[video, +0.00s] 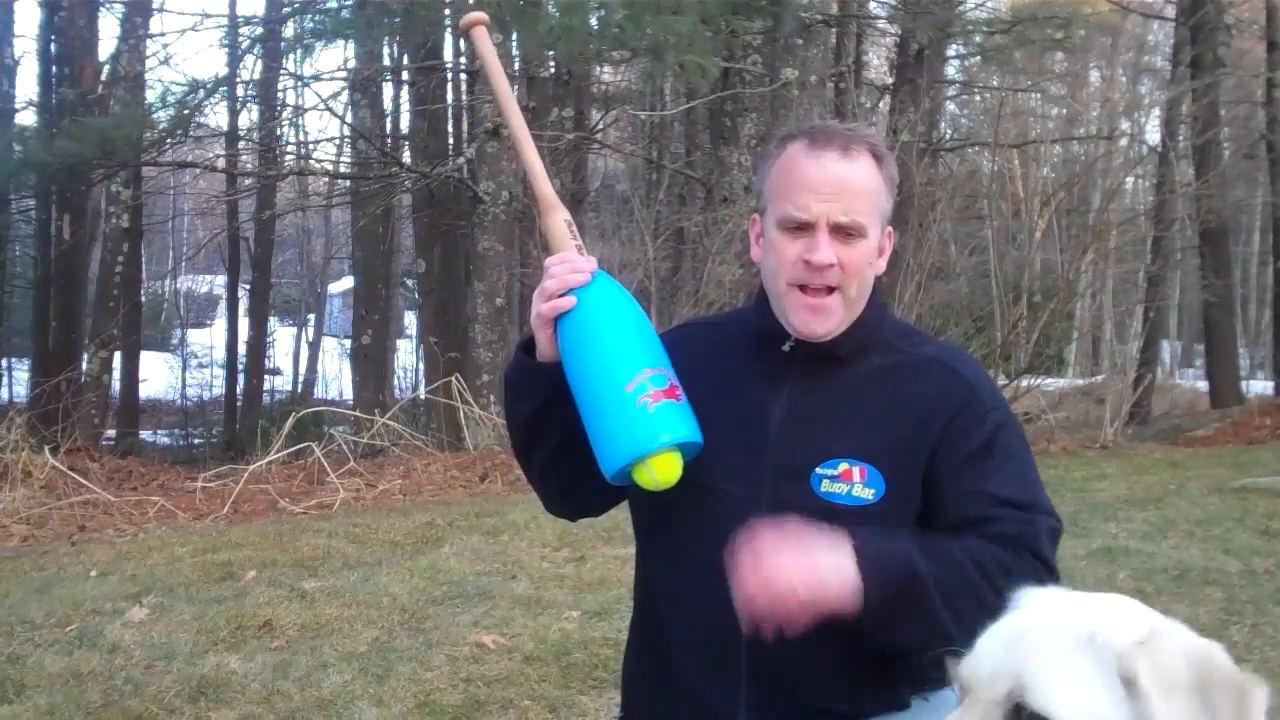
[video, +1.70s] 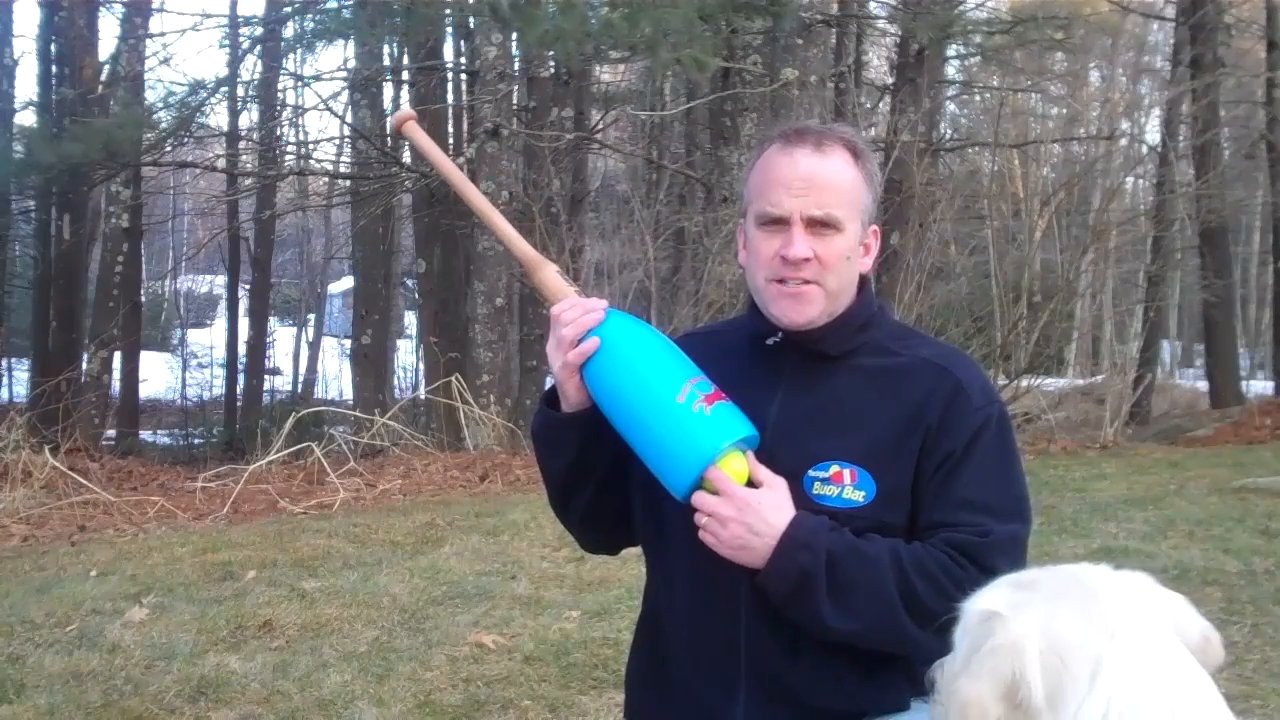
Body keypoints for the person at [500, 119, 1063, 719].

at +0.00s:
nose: (820, 255)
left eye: (846, 231)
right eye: (797, 228)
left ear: (883, 250)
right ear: (757, 239)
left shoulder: (944, 391)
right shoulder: (676, 363)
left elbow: (1018, 560)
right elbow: (575, 490)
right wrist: (546, 362)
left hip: (879, 706)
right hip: (684, 703)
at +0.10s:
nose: (814, 256)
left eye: (841, 232)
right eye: (792, 229)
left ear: (880, 251)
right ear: (753, 241)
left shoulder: (947, 397)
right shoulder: (675, 366)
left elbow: (1022, 580)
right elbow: (575, 489)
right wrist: (543, 360)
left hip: (851, 708)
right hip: (675, 704)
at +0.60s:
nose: (804, 255)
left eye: (830, 229)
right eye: (781, 228)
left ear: (873, 248)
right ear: (747, 243)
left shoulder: (951, 399)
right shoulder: (680, 369)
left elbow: (1027, 582)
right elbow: (585, 507)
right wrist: (550, 376)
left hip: (853, 716)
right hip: (677, 706)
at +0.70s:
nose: (806, 253)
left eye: (832, 229)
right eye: (784, 228)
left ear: (875, 248)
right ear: (749, 242)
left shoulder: (948, 398)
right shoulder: (678, 369)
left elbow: (1009, 590)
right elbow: (594, 517)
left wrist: (826, 599)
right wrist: (566, 397)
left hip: (860, 708)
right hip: (681, 706)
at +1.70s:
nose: (794, 249)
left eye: (821, 225)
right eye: (773, 223)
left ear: (867, 248)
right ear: (742, 239)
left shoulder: (948, 395)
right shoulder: (676, 368)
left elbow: (977, 587)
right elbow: (605, 528)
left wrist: (794, 548)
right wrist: (572, 411)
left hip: (861, 706)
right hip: (680, 703)